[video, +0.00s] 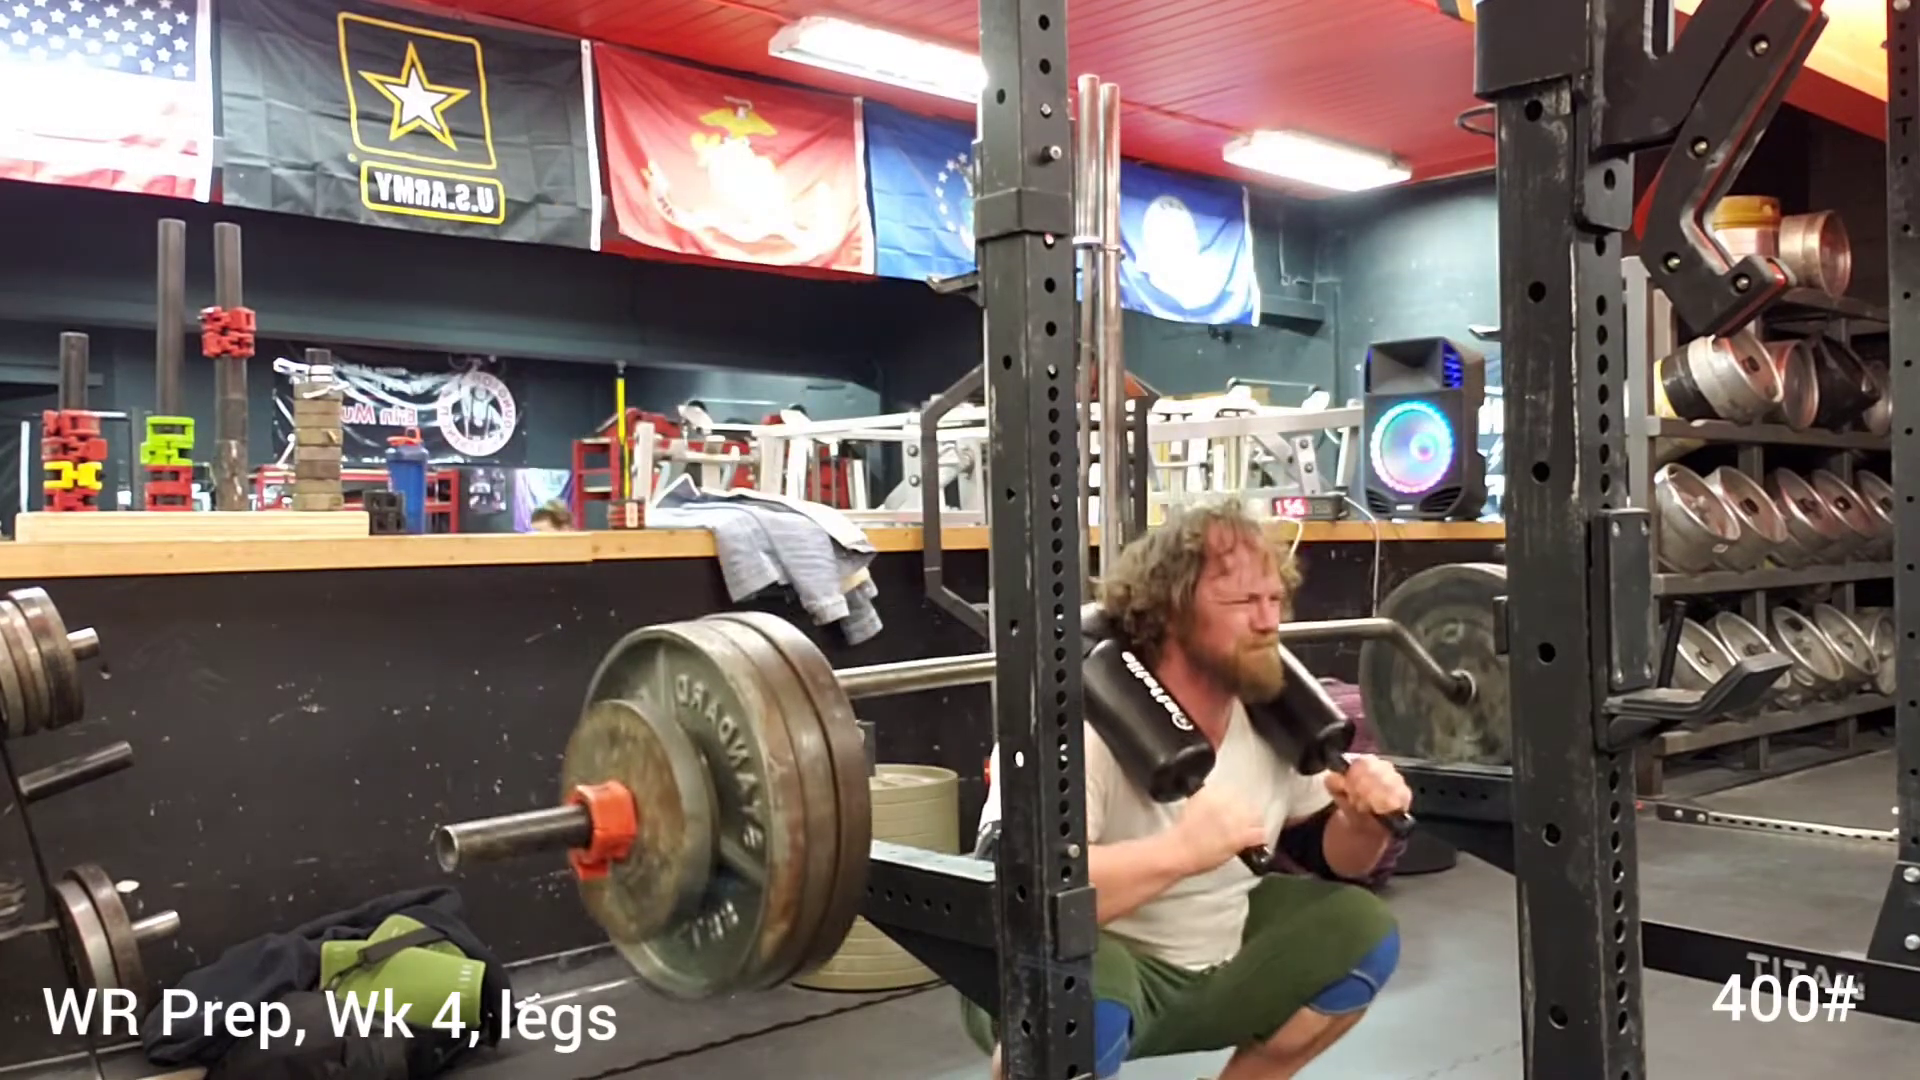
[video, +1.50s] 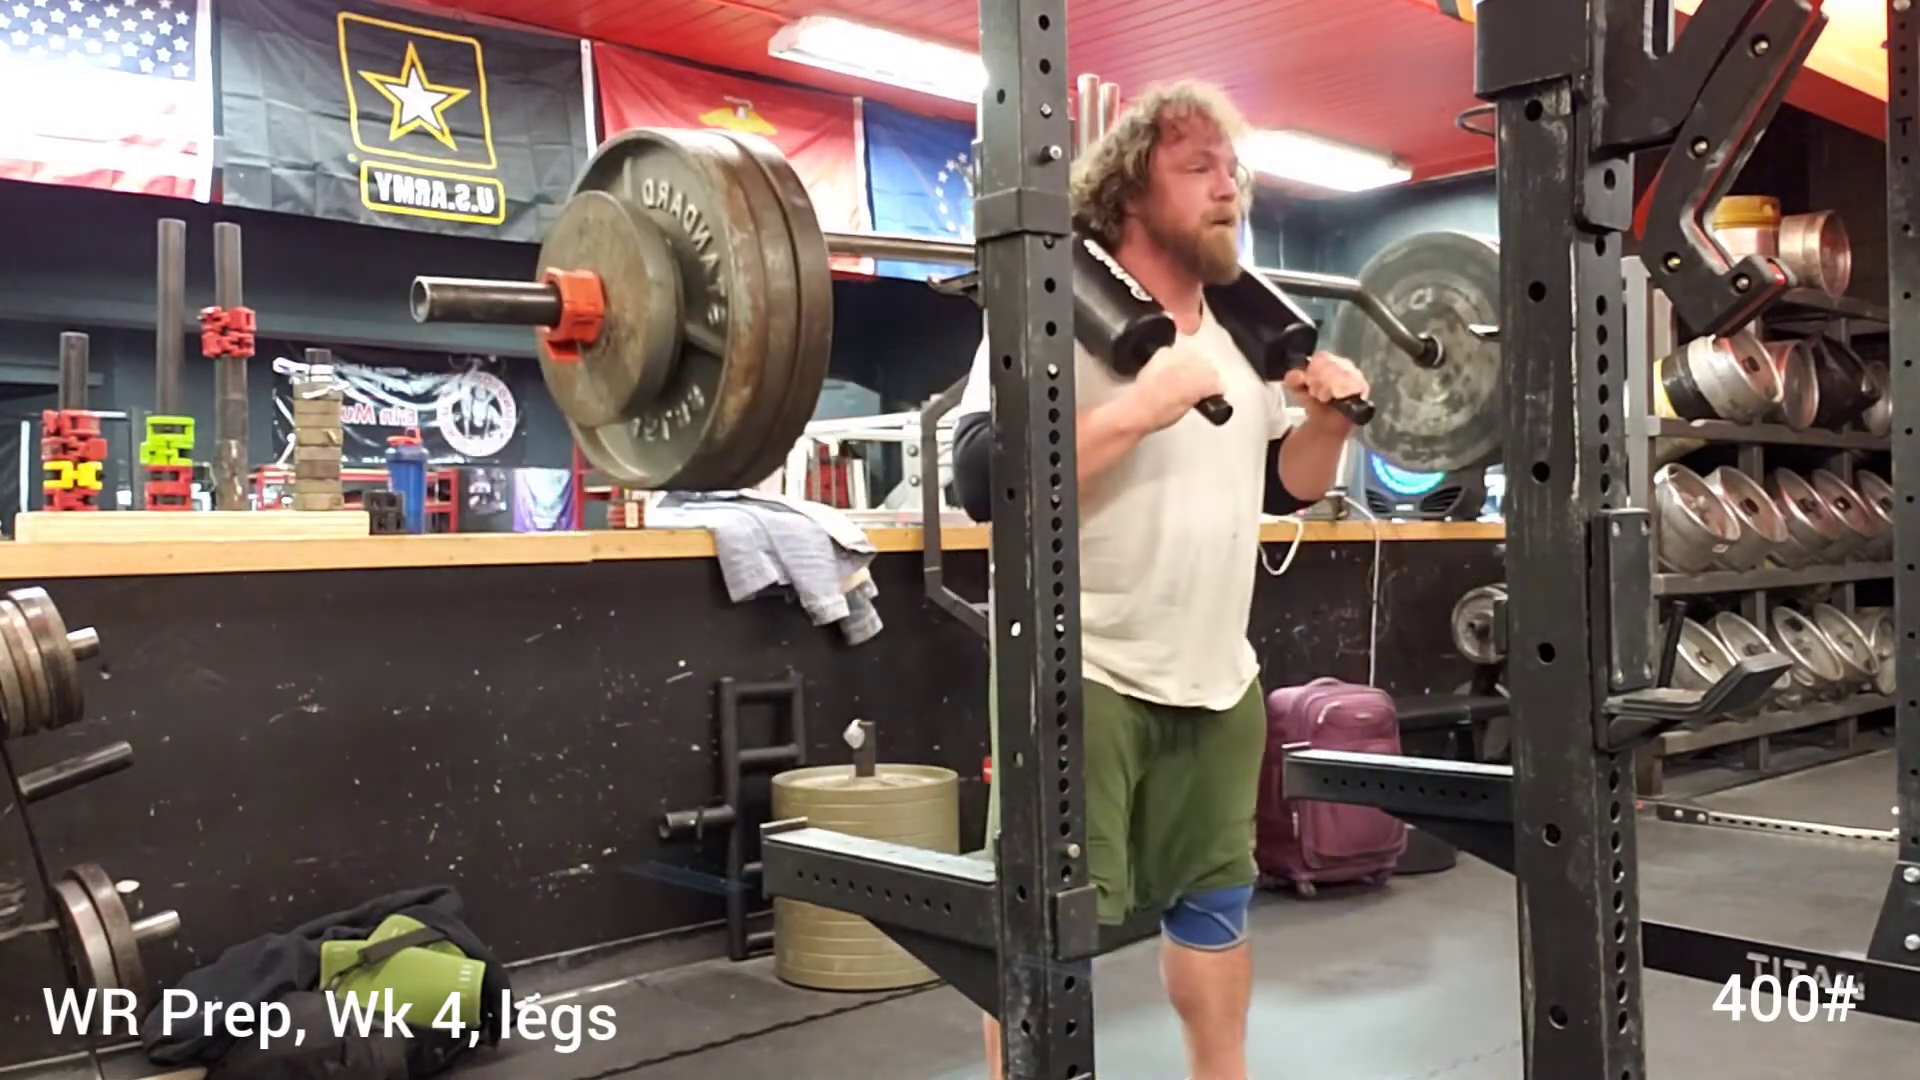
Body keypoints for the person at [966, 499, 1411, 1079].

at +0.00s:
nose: (1268, 622)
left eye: (1273, 599)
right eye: (1240, 601)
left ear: (1284, 597)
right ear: (1171, 611)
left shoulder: (1270, 700)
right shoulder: (1086, 714)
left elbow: (1336, 858)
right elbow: (1025, 890)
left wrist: (1367, 816)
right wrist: (1179, 849)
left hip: (1229, 949)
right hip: (1106, 960)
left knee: (1362, 932)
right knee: (1084, 1001)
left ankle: (1247, 1074)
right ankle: (1016, 1070)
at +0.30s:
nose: (1277, 550)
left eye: (1286, 529)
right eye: (1253, 529)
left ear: (1296, 527)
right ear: (1180, 535)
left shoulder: (1271, 626)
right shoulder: (1082, 632)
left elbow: (1336, 791)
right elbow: (1038, 815)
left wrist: (1362, 743)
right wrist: (1179, 774)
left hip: (1187, 853)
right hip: (1050, 866)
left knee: (1330, 911)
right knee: (1083, 962)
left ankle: (1240, 1075)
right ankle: (1019, 1071)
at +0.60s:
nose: (1264, 446)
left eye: (1270, 427)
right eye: (1238, 426)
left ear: (1280, 434)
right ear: (1168, 435)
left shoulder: (1268, 537)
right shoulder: (1074, 537)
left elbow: (1323, 706)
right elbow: (1027, 728)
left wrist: (1352, 648)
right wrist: (1168, 673)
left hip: (1182, 789)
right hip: (1039, 802)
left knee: (1315, 904)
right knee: (1067, 955)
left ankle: (1239, 1073)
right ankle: (1010, 1068)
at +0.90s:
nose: (1249, 354)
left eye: (1255, 336)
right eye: (1225, 334)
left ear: (1263, 348)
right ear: (1157, 345)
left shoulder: (1258, 457)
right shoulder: (1063, 448)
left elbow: (1315, 629)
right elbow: (1004, 630)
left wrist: (1340, 567)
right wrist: (1156, 579)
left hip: (1197, 752)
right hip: (1060, 754)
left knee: (1306, 905)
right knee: (1059, 956)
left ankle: (1235, 1075)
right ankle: (1007, 1069)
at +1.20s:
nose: (1229, 231)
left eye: (1236, 215)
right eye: (1204, 213)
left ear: (1246, 233)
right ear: (1141, 225)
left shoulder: (1248, 357)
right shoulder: (1057, 338)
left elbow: (1303, 525)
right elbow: (1005, 512)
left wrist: (1333, 460)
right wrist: (1150, 447)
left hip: (1200, 678)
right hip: (1065, 681)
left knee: (1256, 891)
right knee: (1049, 923)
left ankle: (1230, 1073)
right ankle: (1016, 1071)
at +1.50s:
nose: (1228, 187)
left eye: (1232, 168)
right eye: (1200, 168)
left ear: (1240, 185)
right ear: (1133, 187)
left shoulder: (1247, 322)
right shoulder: (1050, 300)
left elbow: (1288, 486)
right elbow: (979, 478)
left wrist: (1328, 416)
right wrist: (1134, 411)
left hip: (1216, 672)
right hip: (1081, 669)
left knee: (1213, 910)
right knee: (1052, 921)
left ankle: (1221, 1074)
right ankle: (1020, 1072)